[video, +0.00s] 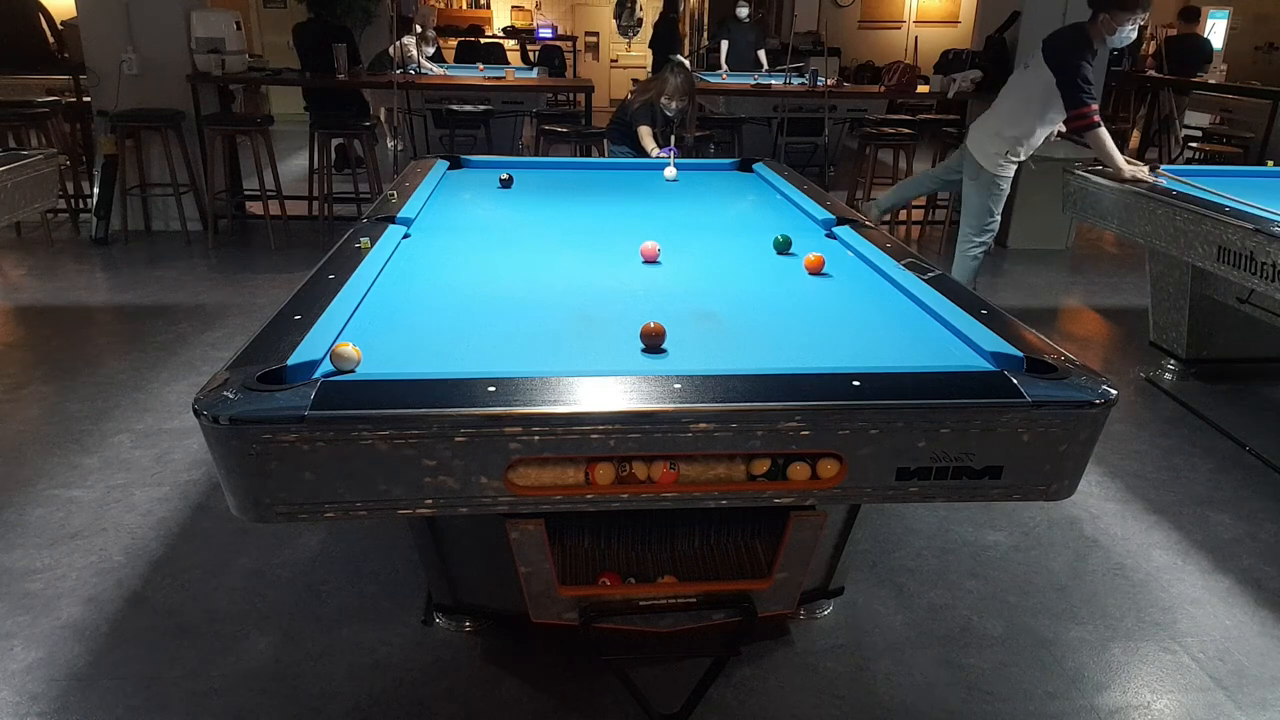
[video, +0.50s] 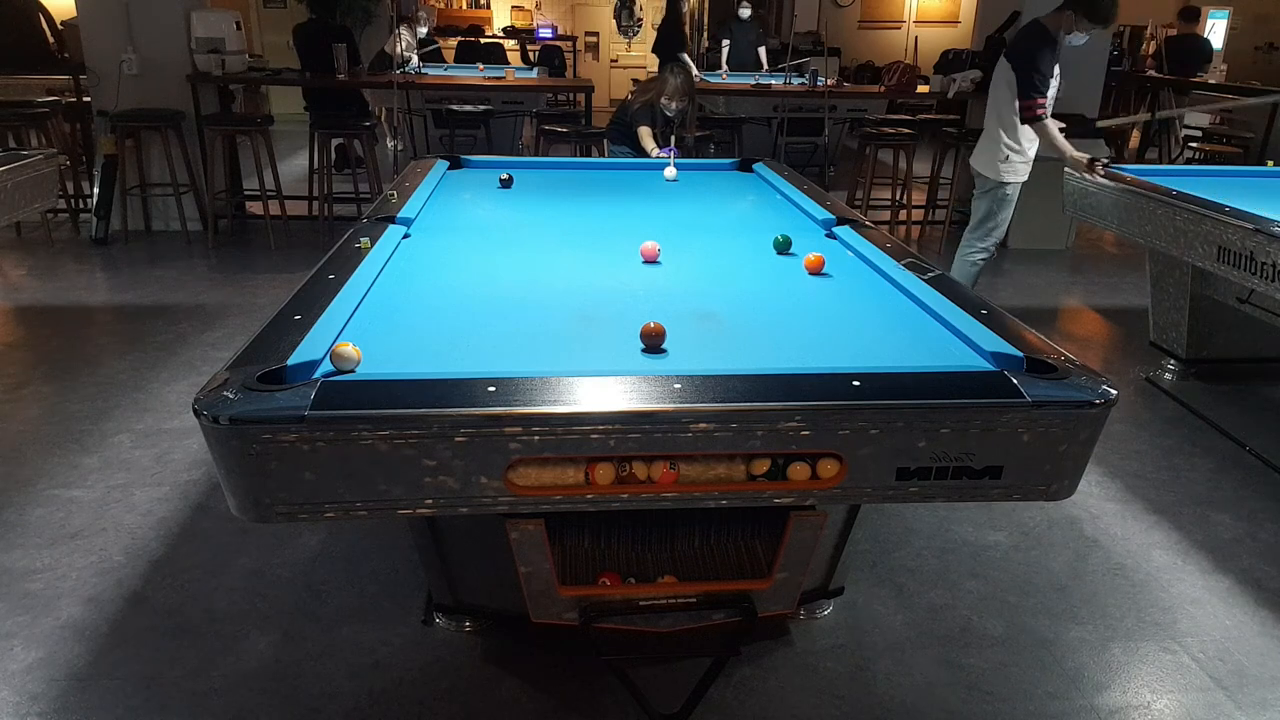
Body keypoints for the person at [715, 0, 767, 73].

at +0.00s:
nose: (741, 11)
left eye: (744, 8)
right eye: (739, 8)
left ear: (749, 10)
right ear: (735, 10)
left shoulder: (755, 27)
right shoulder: (729, 25)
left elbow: (760, 48)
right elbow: (724, 43)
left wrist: (765, 65)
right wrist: (723, 63)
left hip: (750, 69)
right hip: (731, 69)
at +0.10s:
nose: (742, 11)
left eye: (745, 8)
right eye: (739, 7)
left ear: (750, 10)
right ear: (736, 9)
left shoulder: (755, 27)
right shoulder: (729, 24)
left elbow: (760, 48)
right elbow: (725, 43)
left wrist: (765, 65)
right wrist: (723, 63)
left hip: (750, 69)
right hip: (732, 69)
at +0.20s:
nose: (742, 10)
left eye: (746, 8)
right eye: (740, 7)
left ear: (751, 10)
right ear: (736, 9)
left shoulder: (756, 26)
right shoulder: (729, 24)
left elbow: (760, 47)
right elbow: (725, 43)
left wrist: (765, 65)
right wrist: (723, 63)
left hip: (751, 68)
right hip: (733, 69)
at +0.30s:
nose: (743, 11)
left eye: (746, 8)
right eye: (740, 8)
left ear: (751, 10)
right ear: (736, 10)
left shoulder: (755, 26)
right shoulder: (730, 24)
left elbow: (760, 47)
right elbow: (725, 43)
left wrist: (765, 65)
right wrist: (723, 64)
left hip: (750, 68)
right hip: (733, 68)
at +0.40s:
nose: (744, 11)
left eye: (747, 8)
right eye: (741, 8)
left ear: (751, 11)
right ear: (737, 10)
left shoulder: (756, 26)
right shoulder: (730, 24)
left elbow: (761, 47)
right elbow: (725, 44)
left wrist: (765, 65)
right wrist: (723, 64)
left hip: (751, 68)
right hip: (733, 68)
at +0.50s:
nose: (744, 11)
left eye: (747, 9)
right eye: (741, 8)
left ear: (751, 11)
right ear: (737, 10)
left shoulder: (756, 26)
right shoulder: (730, 24)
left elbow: (761, 47)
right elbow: (725, 44)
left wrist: (765, 65)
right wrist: (723, 63)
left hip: (751, 67)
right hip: (734, 68)